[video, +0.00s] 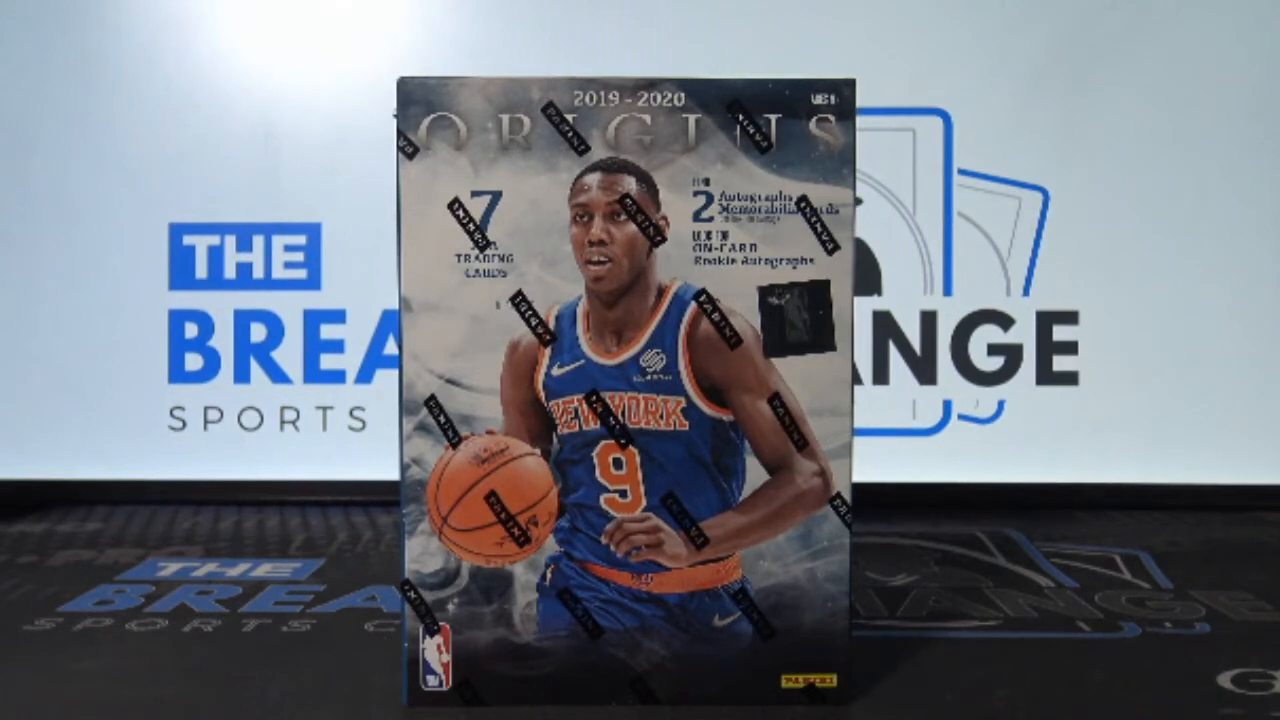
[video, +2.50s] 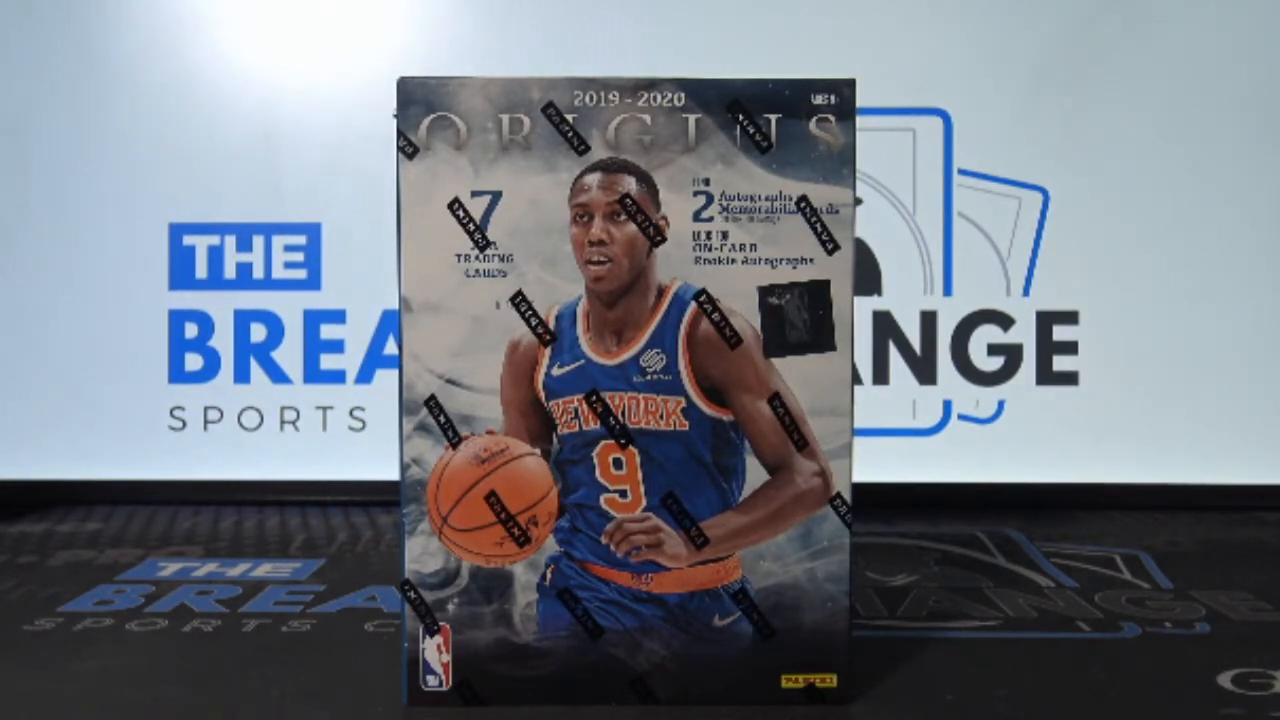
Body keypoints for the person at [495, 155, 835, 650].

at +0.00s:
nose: (595, 234)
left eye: (617, 216)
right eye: (582, 218)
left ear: (657, 230)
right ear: (570, 231)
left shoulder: (712, 334)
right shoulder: (534, 352)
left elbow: (809, 476)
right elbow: (525, 486)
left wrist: (694, 543)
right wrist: (479, 468)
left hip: (697, 613)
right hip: (583, 606)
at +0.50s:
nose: (595, 234)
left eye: (617, 216)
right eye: (582, 218)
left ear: (657, 230)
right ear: (570, 231)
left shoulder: (712, 334)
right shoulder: (534, 352)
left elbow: (809, 476)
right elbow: (525, 486)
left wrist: (694, 544)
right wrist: (479, 469)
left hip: (697, 613)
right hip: (583, 606)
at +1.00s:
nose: (595, 234)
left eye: (617, 216)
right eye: (582, 218)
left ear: (657, 230)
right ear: (570, 231)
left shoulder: (712, 334)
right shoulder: (534, 352)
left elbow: (809, 476)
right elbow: (525, 486)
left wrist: (694, 543)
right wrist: (478, 469)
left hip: (697, 611)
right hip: (583, 604)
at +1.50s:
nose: (595, 235)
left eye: (617, 216)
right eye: (582, 218)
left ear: (657, 229)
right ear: (570, 231)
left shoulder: (712, 334)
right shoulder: (534, 352)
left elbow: (809, 476)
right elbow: (526, 487)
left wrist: (695, 543)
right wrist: (477, 471)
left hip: (698, 612)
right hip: (583, 605)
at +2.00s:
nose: (595, 235)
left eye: (617, 216)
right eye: (582, 218)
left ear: (657, 229)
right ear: (570, 231)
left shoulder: (712, 334)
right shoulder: (534, 352)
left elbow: (810, 475)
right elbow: (526, 488)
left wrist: (695, 543)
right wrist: (476, 472)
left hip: (697, 613)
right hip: (582, 606)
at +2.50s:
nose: (595, 235)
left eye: (617, 216)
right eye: (582, 218)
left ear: (657, 230)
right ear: (570, 232)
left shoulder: (712, 334)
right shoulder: (534, 353)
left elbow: (809, 476)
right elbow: (525, 488)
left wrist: (695, 543)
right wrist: (475, 473)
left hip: (697, 612)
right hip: (582, 605)